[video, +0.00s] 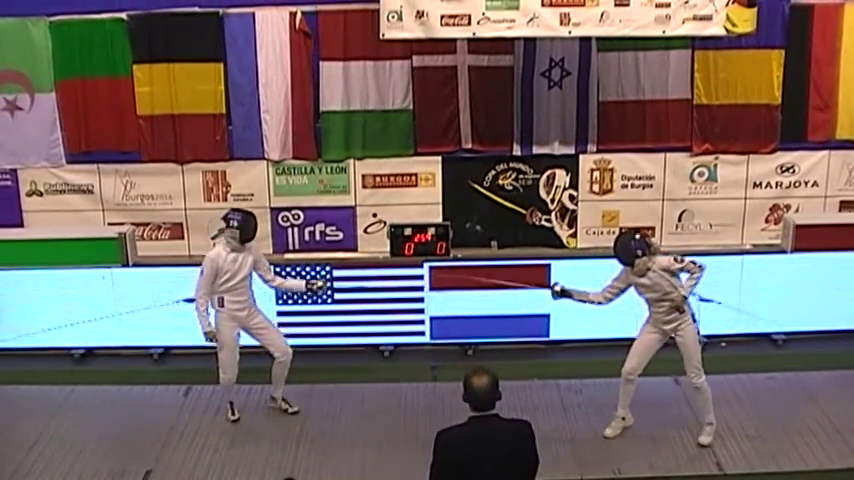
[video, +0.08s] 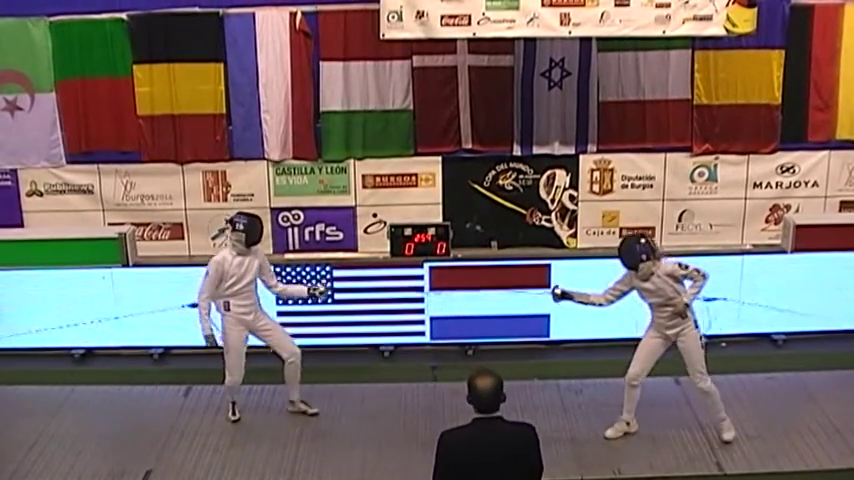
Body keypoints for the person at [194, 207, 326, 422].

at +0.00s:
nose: (230, 234)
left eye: (235, 231)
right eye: (230, 230)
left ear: (243, 234)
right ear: (228, 230)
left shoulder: (252, 253)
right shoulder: (214, 257)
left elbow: (273, 280)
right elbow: (201, 296)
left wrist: (306, 285)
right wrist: (206, 327)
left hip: (250, 313)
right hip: (226, 317)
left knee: (284, 353)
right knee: (229, 374)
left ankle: (276, 397)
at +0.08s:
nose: (235, 237)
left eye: (240, 233)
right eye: (234, 232)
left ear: (250, 237)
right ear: (231, 233)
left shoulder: (257, 256)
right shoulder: (220, 261)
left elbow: (276, 287)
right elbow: (204, 298)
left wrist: (308, 291)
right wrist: (207, 332)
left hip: (257, 316)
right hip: (233, 321)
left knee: (292, 353)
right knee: (235, 377)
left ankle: (294, 401)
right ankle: (232, 403)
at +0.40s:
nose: (271, 237)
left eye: (276, 234)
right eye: (270, 232)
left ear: (287, 238)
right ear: (267, 234)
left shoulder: (296, 258)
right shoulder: (257, 263)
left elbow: (320, 284)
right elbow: (247, 301)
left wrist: (354, 283)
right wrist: (258, 329)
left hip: (296, 320)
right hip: (270, 323)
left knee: (331, 357)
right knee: (253, 373)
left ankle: (347, 404)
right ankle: (235, 401)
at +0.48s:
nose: (286, 238)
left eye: (290, 234)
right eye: (283, 233)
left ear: (300, 237)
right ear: (279, 234)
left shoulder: (308, 257)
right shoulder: (270, 263)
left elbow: (339, 276)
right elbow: (261, 304)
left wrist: (375, 280)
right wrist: (272, 331)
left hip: (309, 320)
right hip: (283, 324)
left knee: (345, 355)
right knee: (262, 374)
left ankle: (351, 405)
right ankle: (238, 399)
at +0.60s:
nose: (295, 234)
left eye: (301, 231)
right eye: (294, 230)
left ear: (311, 235)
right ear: (290, 231)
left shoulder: (321, 253)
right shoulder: (282, 259)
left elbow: (350, 273)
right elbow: (275, 299)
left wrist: (386, 274)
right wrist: (284, 329)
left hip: (319, 317)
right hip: (293, 321)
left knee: (351, 355)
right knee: (278, 374)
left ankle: (351, 404)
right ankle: (261, 401)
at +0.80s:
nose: (306, 239)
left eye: (311, 236)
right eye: (304, 234)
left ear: (320, 238)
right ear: (300, 233)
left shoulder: (327, 254)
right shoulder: (289, 259)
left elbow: (344, 283)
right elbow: (279, 297)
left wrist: (379, 289)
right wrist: (286, 329)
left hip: (323, 316)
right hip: (297, 319)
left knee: (355, 354)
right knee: (291, 375)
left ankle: (351, 404)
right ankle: (295, 404)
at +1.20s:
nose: (274, 241)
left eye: (280, 238)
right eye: (273, 236)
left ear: (290, 242)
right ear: (270, 237)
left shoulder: (295, 263)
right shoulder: (259, 264)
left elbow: (302, 294)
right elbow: (249, 303)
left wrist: (328, 313)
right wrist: (262, 332)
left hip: (290, 321)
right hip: (265, 324)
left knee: (326, 357)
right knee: (257, 377)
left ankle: (346, 403)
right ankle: (248, 407)